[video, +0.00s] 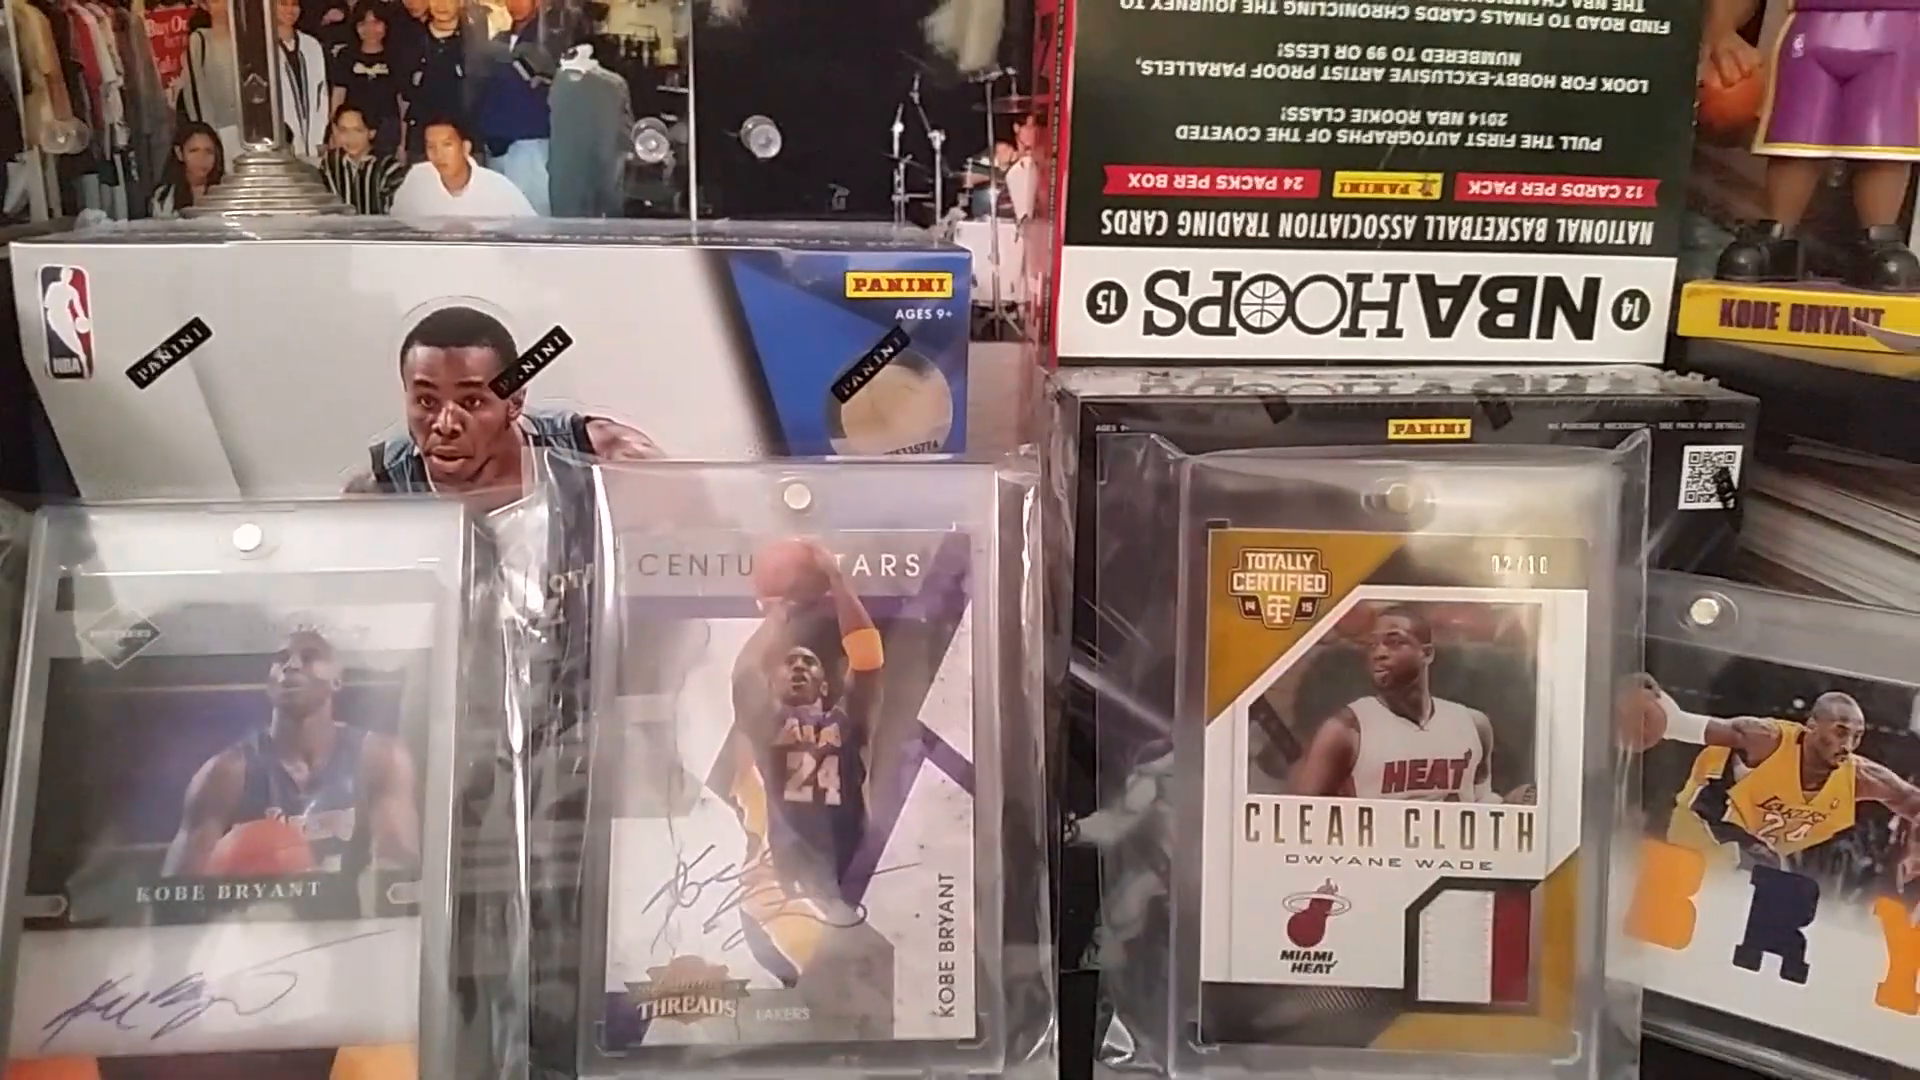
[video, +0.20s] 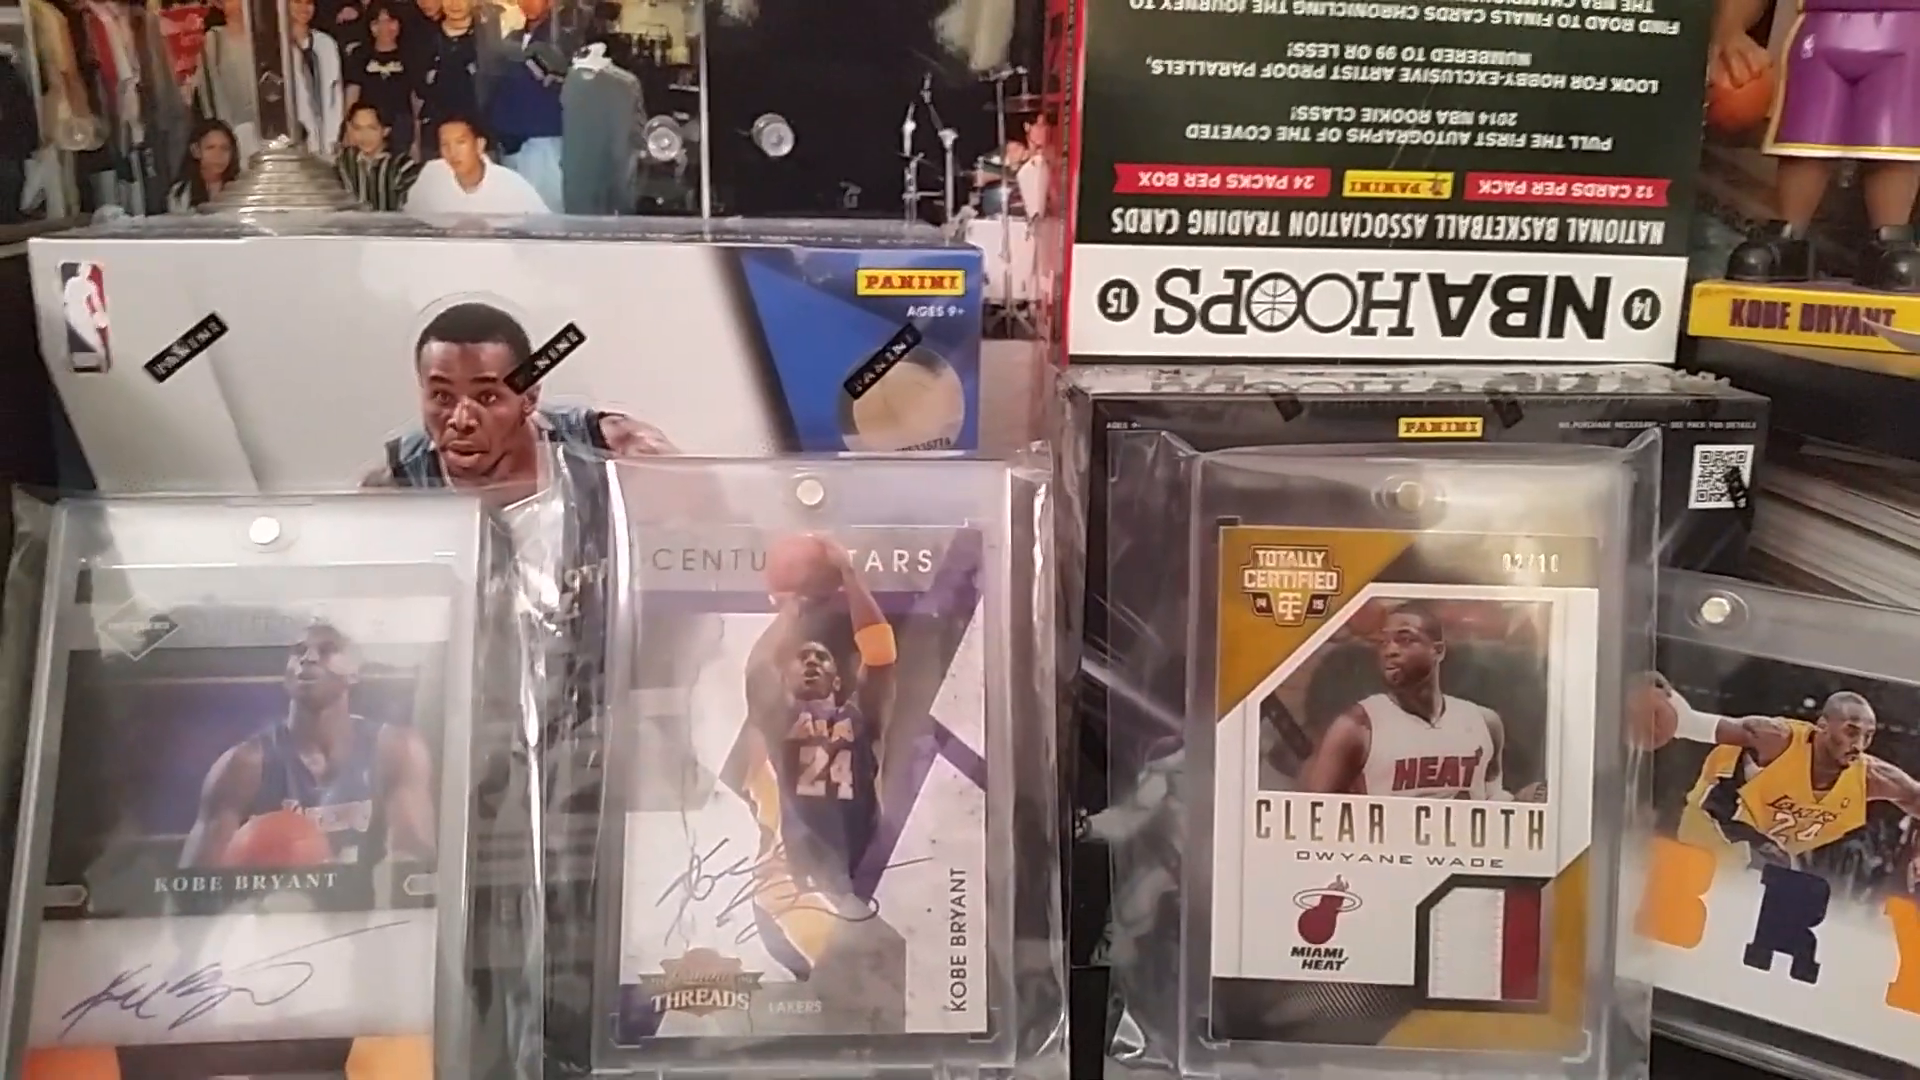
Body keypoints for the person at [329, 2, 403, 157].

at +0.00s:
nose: (371, 28)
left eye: (376, 22)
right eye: (366, 23)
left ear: (385, 28)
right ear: (359, 28)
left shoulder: (394, 57)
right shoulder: (346, 57)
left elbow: (402, 101)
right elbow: (338, 96)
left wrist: (402, 143)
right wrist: (335, 134)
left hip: (387, 131)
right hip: (354, 132)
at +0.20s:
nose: (392, 26)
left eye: (394, 20)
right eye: (387, 21)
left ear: (399, 26)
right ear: (374, 27)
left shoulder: (408, 55)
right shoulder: (360, 55)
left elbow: (415, 96)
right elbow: (353, 92)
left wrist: (416, 138)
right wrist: (349, 129)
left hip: (400, 125)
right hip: (368, 126)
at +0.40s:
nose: (394, 28)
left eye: (399, 21)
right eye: (387, 22)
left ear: (408, 26)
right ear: (381, 28)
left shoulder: (417, 56)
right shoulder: (370, 56)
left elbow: (426, 98)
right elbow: (362, 95)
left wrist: (426, 141)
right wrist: (359, 132)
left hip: (410, 127)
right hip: (378, 129)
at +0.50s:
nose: (404, 28)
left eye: (410, 22)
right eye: (398, 23)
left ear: (418, 28)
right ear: (392, 28)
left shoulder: (429, 58)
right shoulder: (380, 56)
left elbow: (436, 101)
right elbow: (373, 94)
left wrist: (436, 142)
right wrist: (370, 131)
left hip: (420, 127)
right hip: (387, 129)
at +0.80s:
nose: (431, 28)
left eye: (435, 23)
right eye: (425, 23)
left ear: (443, 28)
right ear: (418, 29)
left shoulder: (454, 57)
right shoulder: (406, 57)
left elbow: (461, 101)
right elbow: (398, 95)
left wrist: (461, 141)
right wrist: (395, 131)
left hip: (445, 126)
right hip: (414, 128)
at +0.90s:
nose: (427, 29)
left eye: (432, 23)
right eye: (420, 24)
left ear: (441, 28)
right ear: (414, 29)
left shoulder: (451, 59)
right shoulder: (403, 57)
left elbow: (459, 101)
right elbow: (395, 95)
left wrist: (458, 142)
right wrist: (392, 132)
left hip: (442, 128)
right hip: (410, 129)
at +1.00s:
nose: (434, 28)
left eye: (440, 22)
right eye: (428, 23)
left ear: (449, 27)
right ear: (421, 28)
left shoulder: (458, 56)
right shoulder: (410, 56)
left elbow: (466, 99)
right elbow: (403, 93)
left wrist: (465, 141)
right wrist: (400, 130)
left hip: (450, 127)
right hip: (418, 129)